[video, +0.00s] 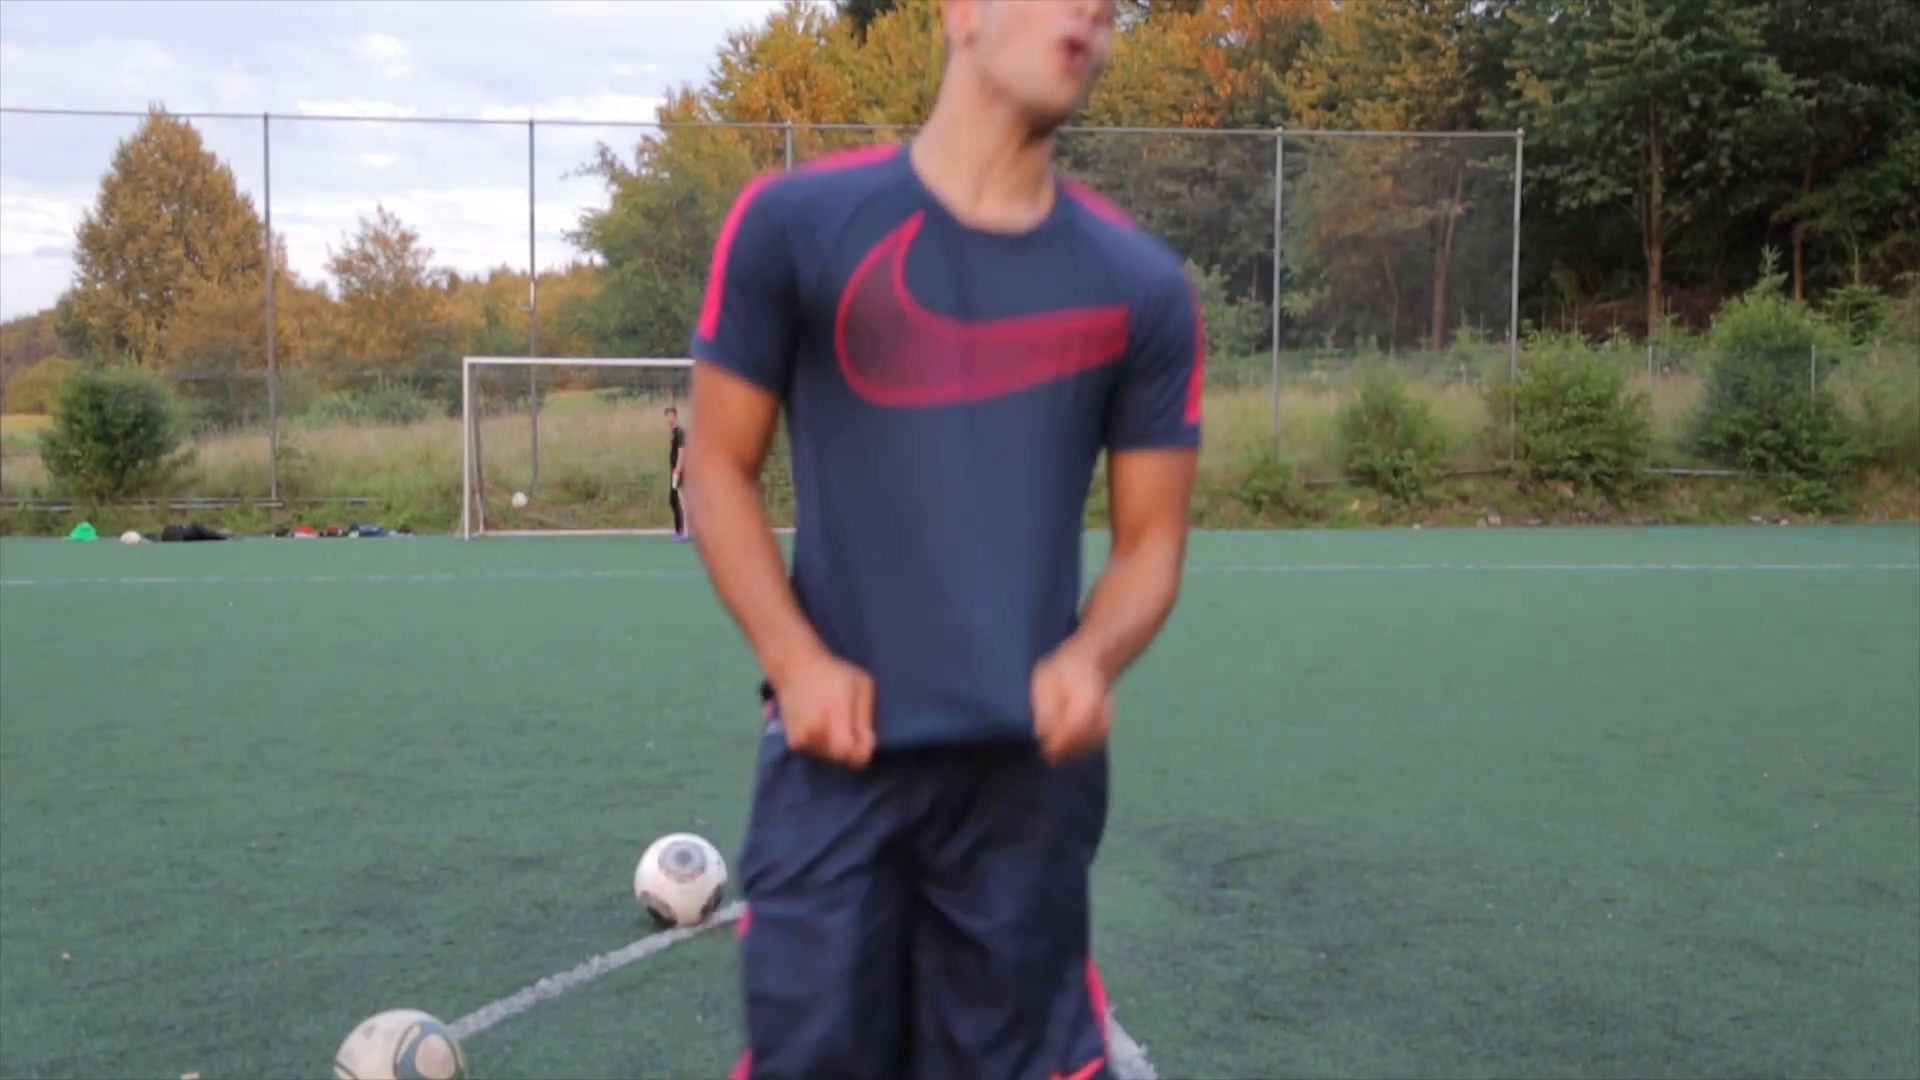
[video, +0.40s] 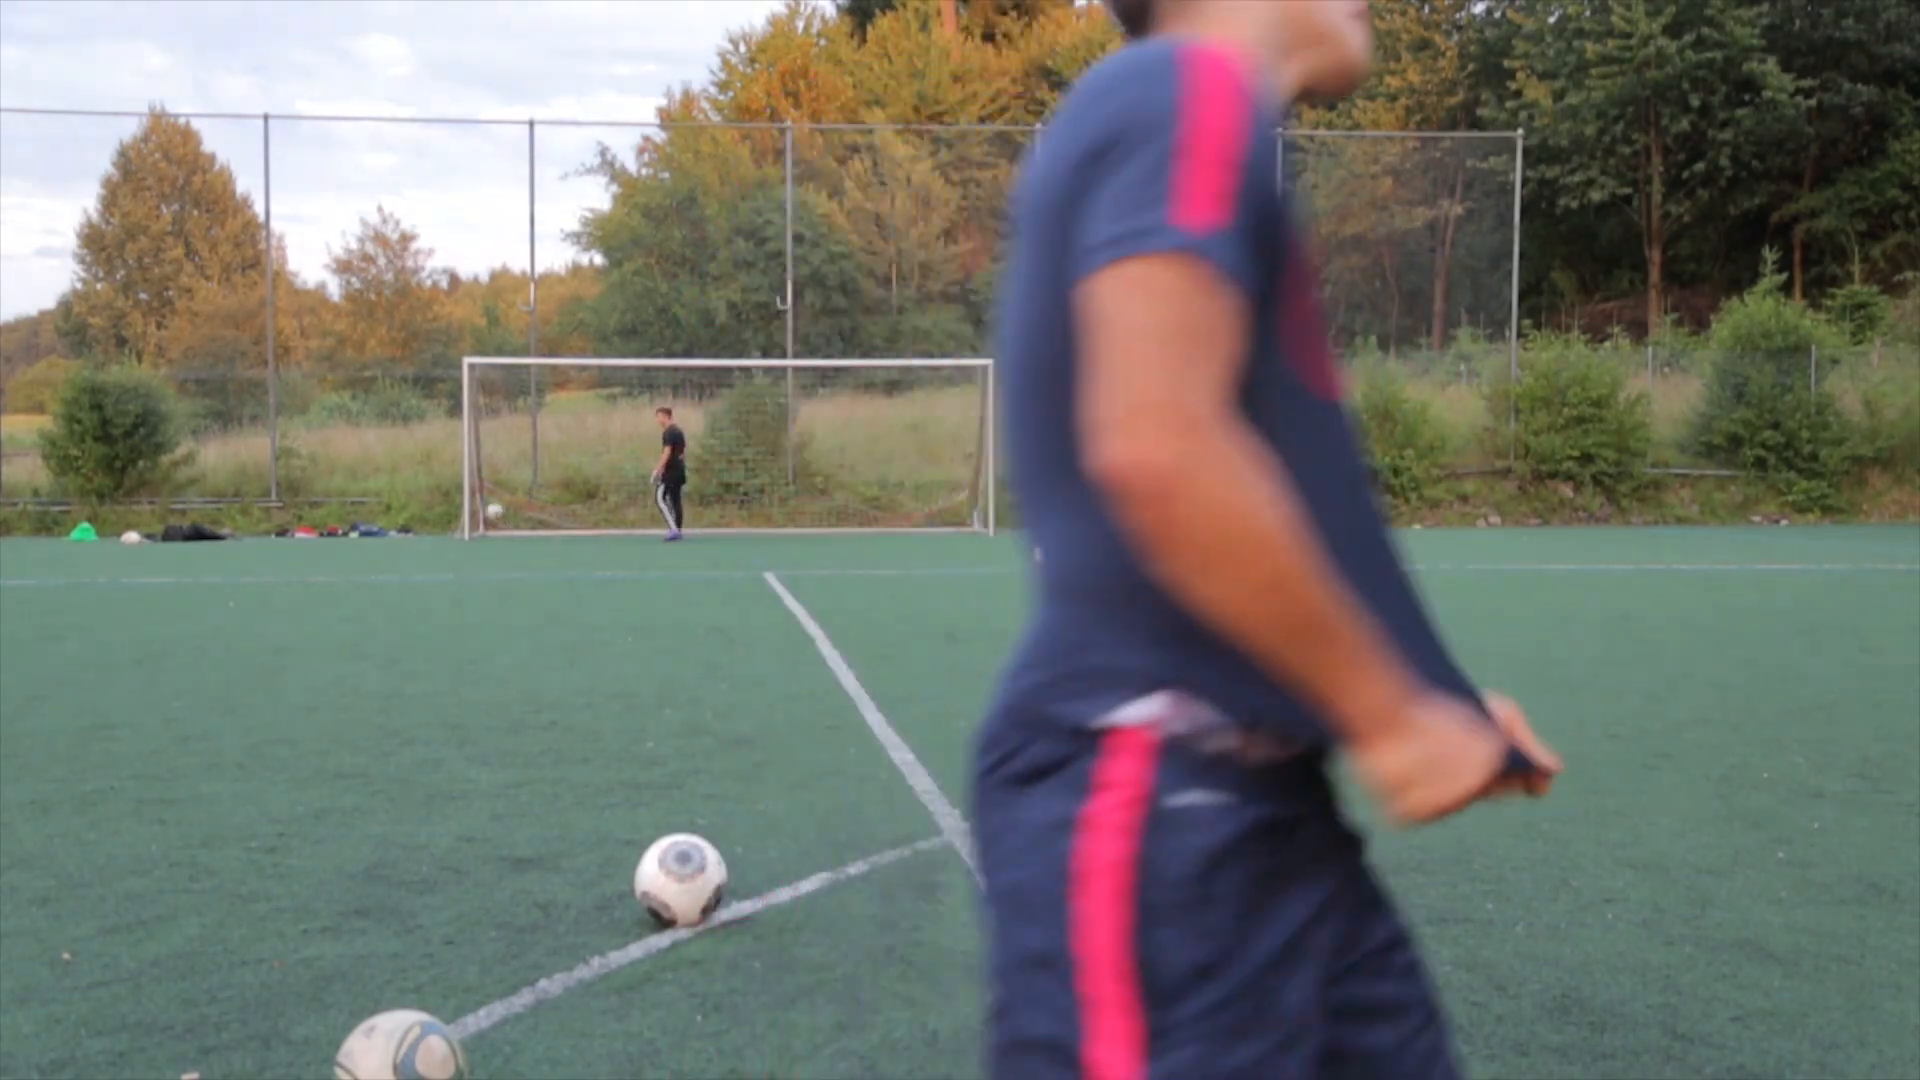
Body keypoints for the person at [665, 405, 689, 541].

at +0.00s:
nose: (669, 420)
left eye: (670, 416)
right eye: (667, 417)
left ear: (675, 417)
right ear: (666, 418)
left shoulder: (679, 433)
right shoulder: (674, 434)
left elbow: (681, 454)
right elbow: (677, 454)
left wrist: (677, 472)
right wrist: (674, 471)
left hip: (676, 472)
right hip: (673, 471)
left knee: (675, 500)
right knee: (674, 500)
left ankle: (681, 530)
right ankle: (679, 529)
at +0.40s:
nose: (658, 421)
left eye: (659, 417)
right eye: (657, 418)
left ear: (666, 416)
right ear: (668, 417)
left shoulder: (669, 432)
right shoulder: (678, 431)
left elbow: (667, 453)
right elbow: (680, 452)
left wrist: (657, 470)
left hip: (670, 471)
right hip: (678, 471)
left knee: (660, 498)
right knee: (675, 499)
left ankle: (674, 528)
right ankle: (677, 528)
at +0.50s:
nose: (656, 421)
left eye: (657, 417)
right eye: (656, 418)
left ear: (664, 417)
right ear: (666, 417)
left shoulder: (666, 432)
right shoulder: (677, 432)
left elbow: (665, 452)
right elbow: (680, 454)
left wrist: (655, 469)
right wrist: (679, 468)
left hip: (667, 470)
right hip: (677, 470)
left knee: (654, 496)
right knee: (677, 501)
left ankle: (661, 529)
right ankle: (678, 530)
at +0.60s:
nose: (654, 421)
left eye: (655, 418)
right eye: (653, 418)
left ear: (660, 417)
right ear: (665, 417)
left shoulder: (661, 432)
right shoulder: (674, 432)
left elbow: (661, 452)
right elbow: (678, 452)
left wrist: (652, 470)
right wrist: (678, 468)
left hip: (664, 467)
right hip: (675, 466)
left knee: (652, 496)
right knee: (677, 500)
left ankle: (649, 529)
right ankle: (678, 531)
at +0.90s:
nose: (637, 422)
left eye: (638, 419)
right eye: (637, 419)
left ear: (643, 419)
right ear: (648, 419)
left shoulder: (641, 435)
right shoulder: (659, 434)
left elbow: (642, 457)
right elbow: (663, 455)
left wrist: (640, 476)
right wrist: (665, 471)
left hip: (647, 470)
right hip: (659, 468)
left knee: (638, 500)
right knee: (663, 503)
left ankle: (632, 531)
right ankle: (675, 530)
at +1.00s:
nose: (631, 421)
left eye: (632, 418)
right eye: (631, 418)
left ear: (636, 419)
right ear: (642, 418)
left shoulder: (635, 434)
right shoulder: (652, 433)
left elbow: (635, 456)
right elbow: (658, 453)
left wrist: (632, 475)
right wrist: (659, 471)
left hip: (640, 470)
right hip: (651, 469)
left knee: (634, 500)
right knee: (652, 501)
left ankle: (632, 530)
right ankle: (669, 526)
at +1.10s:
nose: (626, 420)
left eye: (626, 417)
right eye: (627, 417)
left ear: (628, 417)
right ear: (636, 417)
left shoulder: (630, 434)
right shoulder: (645, 432)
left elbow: (629, 455)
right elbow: (651, 452)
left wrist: (624, 474)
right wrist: (652, 470)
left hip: (633, 468)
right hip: (644, 467)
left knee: (632, 501)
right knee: (639, 500)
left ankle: (631, 531)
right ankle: (658, 522)